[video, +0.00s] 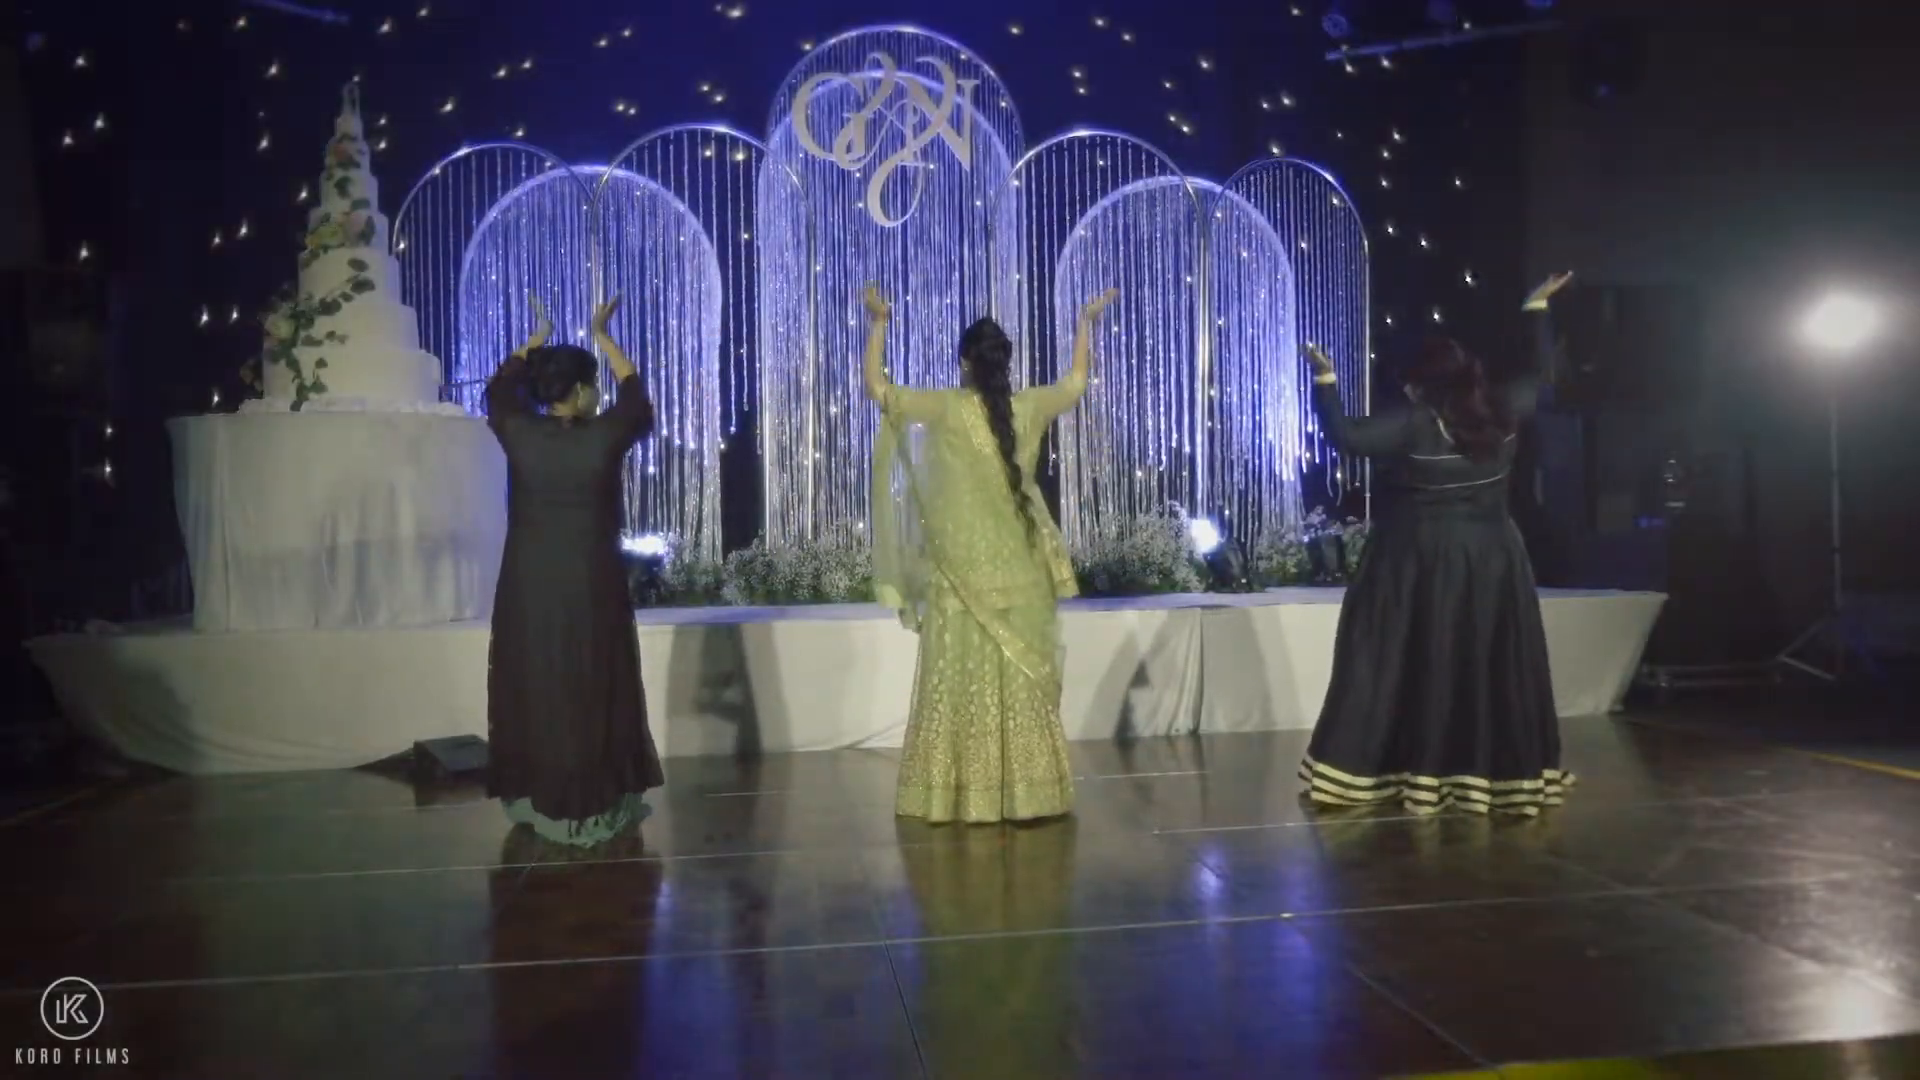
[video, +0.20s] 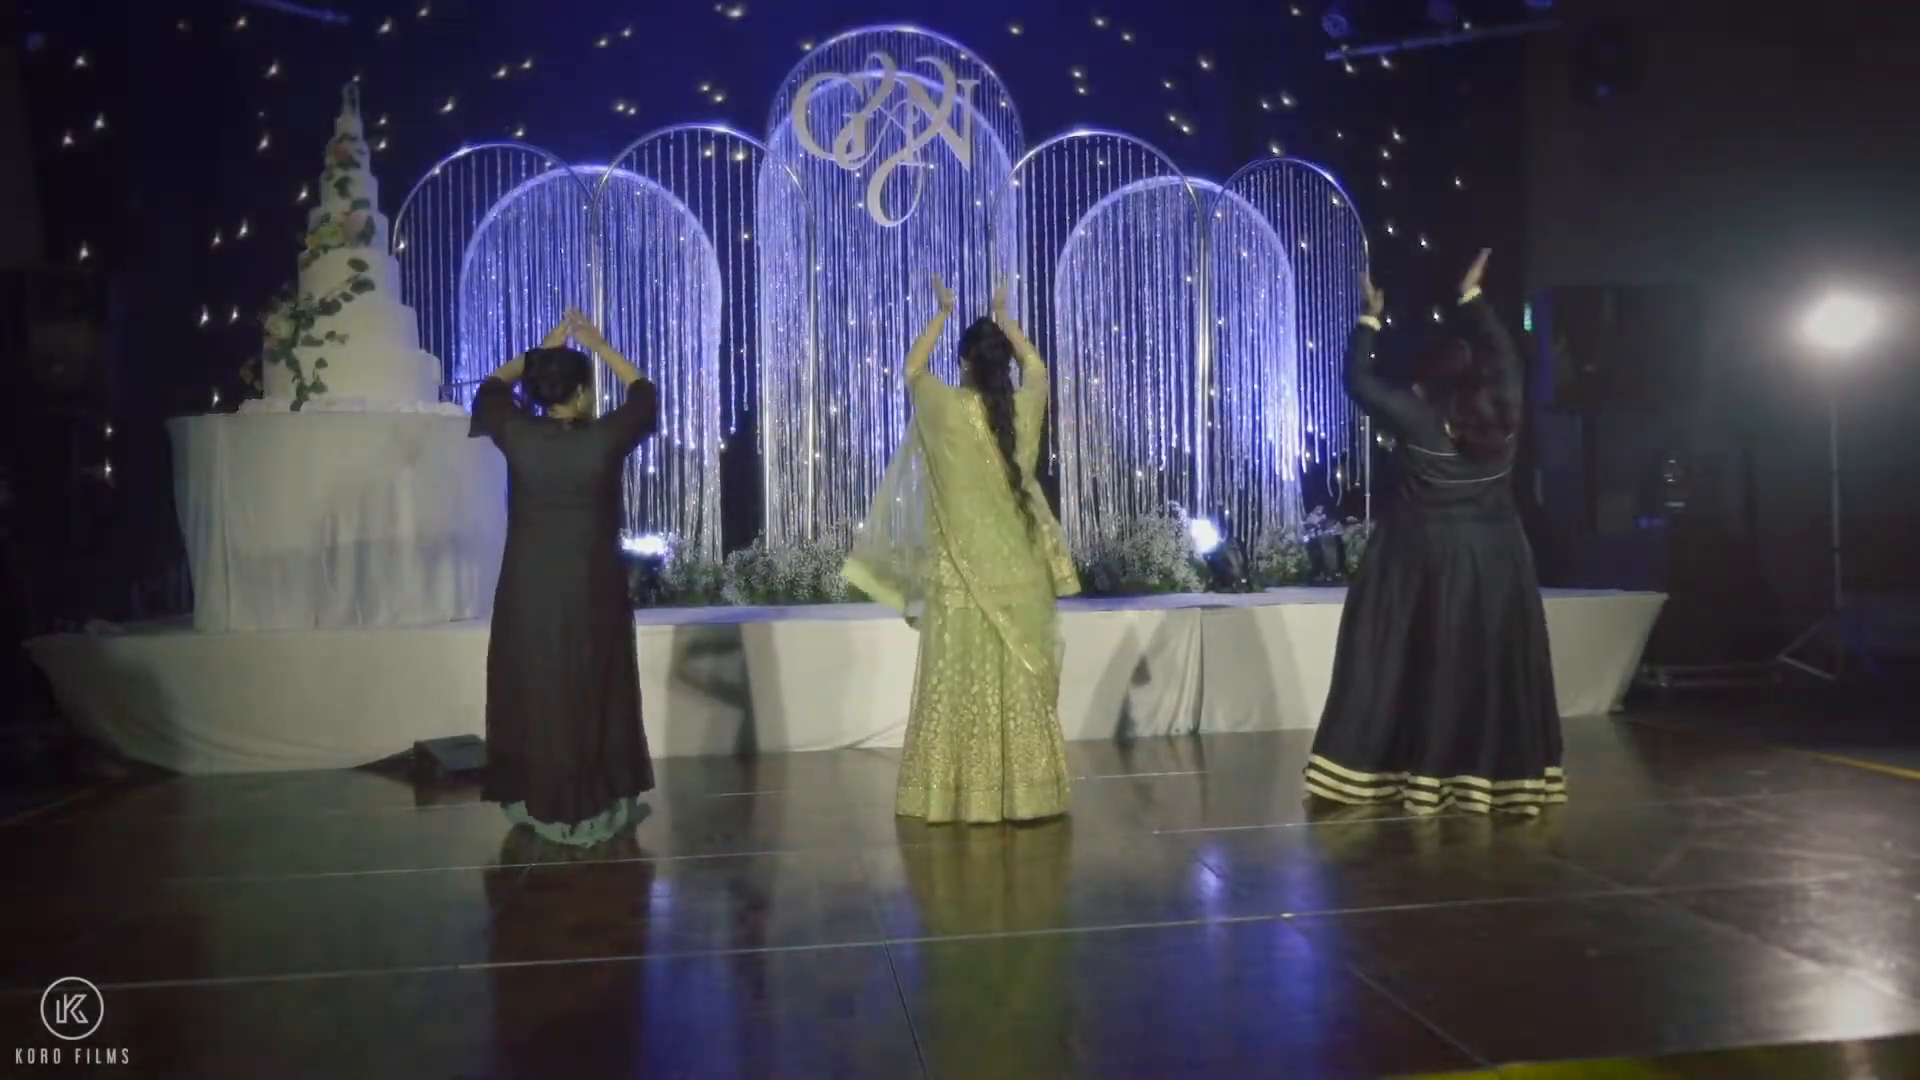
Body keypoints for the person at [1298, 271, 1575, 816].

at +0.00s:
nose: (1407, 387)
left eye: (1410, 379)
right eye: (1411, 379)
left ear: (1418, 383)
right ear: (1469, 374)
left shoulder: (1413, 424)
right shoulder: (1502, 409)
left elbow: (1348, 436)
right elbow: (1542, 373)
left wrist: (1326, 383)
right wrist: (1537, 310)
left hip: (1423, 546)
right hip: (1490, 544)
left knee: (1416, 661)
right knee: (1489, 663)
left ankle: (1415, 782)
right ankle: (1493, 782)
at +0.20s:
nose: (1413, 383)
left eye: (1417, 375)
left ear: (1425, 380)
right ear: (1476, 375)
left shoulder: (1416, 421)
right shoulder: (1503, 411)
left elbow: (1360, 380)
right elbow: (1505, 356)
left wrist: (1369, 316)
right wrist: (1473, 299)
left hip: (1430, 547)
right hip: (1496, 543)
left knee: (1426, 662)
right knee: (1495, 662)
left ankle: (1421, 783)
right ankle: (1497, 783)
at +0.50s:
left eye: (1435, 359)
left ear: (1430, 372)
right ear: (1486, 369)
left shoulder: (1414, 421)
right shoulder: (1508, 408)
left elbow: (1356, 410)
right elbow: (1510, 351)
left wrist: (1337, 359)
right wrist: (1476, 301)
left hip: (1431, 546)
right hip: (1499, 545)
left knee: (1422, 659)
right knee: (1495, 661)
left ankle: (1417, 782)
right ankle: (1495, 782)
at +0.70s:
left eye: (1426, 371)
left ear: (1429, 379)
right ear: (1481, 371)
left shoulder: (1418, 425)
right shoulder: (1507, 405)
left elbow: (1353, 437)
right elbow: (1516, 348)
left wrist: (1284, 430)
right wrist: (1515, 296)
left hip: (1433, 553)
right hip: (1501, 552)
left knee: (1420, 663)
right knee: (1496, 665)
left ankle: (1419, 779)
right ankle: (1495, 781)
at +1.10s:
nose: (1397, 401)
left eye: (1401, 393)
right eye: (1397, 393)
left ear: (1417, 392)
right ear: (1461, 379)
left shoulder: (1413, 438)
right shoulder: (1493, 410)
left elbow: (1374, 492)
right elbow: (1513, 344)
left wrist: (1311, 515)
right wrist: (1526, 281)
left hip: (1437, 565)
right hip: (1506, 558)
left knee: (1424, 667)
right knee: (1503, 667)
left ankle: (1425, 782)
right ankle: (1506, 780)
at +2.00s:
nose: (1371, 396)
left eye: (1374, 388)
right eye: (1371, 387)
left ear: (1392, 388)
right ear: (1430, 377)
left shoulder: (1389, 436)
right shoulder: (1475, 410)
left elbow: (1360, 497)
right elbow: (1529, 391)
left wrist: (1321, 547)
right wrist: (1562, 346)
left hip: (1416, 556)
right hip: (1482, 551)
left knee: (1414, 662)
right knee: (1486, 660)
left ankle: (1419, 781)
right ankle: (1494, 778)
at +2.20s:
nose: (1356, 396)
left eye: (1359, 387)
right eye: (1354, 387)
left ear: (1377, 385)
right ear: (1411, 376)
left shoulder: (1377, 426)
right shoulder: (1451, 416)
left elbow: (1354, 479)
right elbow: (1498, 425)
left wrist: (1321, 519)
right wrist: (1552, 420)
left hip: (1397, 555)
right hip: (1458, 550)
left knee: (1393, 662)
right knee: (1467, 659)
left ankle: (1388, 780)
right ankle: (1476, 779)